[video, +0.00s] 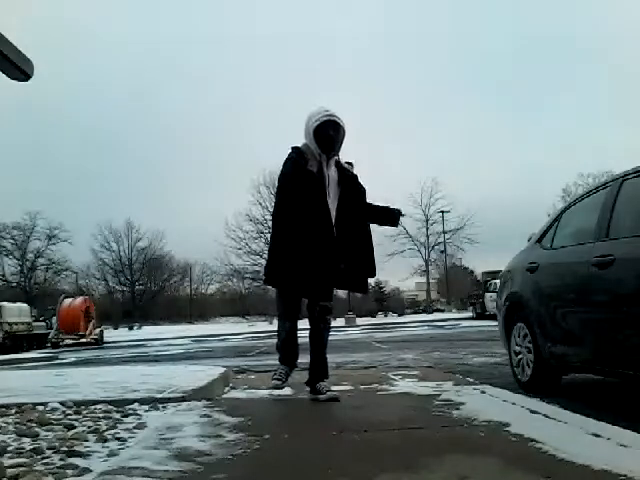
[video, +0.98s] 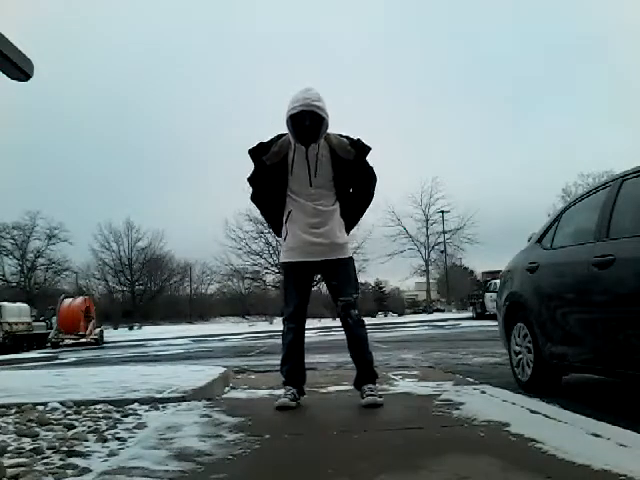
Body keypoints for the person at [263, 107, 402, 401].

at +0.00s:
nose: (332, 138)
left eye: (337, 133)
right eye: (326, 132)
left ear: (342, 137)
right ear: (312, 133)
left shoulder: (345, 175)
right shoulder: (296, 163)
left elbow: (357, 209)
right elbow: (283, 210)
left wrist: (390, 215)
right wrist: (280, 255)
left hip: (326, 254)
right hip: (293, 252)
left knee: (321, 316)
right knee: (287, 312)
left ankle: (318, 380)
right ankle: (286, 364)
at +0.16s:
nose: (324, 137)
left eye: (330, 131)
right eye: (318, 131)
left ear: (337, 135)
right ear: (307, 134)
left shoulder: (344, 171)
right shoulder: (291, 167)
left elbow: (364, 193)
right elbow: (276, 210)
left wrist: (401, 183)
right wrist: (285, 246)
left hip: (323, 256)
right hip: (290, 255)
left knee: (320, 317)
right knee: (286, 315)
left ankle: (318, 381)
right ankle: (286, 371)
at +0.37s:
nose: (310, 138)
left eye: (316, 131)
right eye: (304, 132)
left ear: (326, 134)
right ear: (294, 135)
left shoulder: (342, 166)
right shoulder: (280, 168)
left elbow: (375, 189)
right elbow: (253, 205)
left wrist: (351, 209)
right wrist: (281, 222)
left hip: (324, 257)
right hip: (287, 258)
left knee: (322, 320)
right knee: (287, 320)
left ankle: (319, 383)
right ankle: (289, 383)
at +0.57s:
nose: (295, 130)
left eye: (301, 124)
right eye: (289, 125)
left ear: (312, 127)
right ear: (279, 129)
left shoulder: (334, 158)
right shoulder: (269, 162)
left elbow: (371, 182)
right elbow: (235, 190)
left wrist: (351, 218)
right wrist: (255, 225)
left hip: (325, 252)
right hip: (285, 253)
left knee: (324, 318)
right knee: (288, 320)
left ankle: (321, 381)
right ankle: (291, 386)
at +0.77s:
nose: (293, 126)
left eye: (299, 119)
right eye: (286, 120)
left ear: (311, 121)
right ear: (277, 123)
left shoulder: (330, 148)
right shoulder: (267, 155)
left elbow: (366, 177)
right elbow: (243, 186)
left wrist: (350, 215)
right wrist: (266, 219)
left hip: (328, 243)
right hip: (288, 246)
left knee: (339, 311)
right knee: (289, 319)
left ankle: (344, 376)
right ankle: (292, 386)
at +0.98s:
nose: (306, 124)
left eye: (313, 118)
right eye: (300, 118)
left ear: (324, 119)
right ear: (289, 121)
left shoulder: (341, 149)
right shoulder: (277, 153)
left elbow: (367, 181)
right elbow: (259, 191)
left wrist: (345, 222)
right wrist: (282, 225)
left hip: (335, 242)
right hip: (295, 245)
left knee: (350, 312)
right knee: (292, 319)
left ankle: (367, 382)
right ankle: (292, 386)